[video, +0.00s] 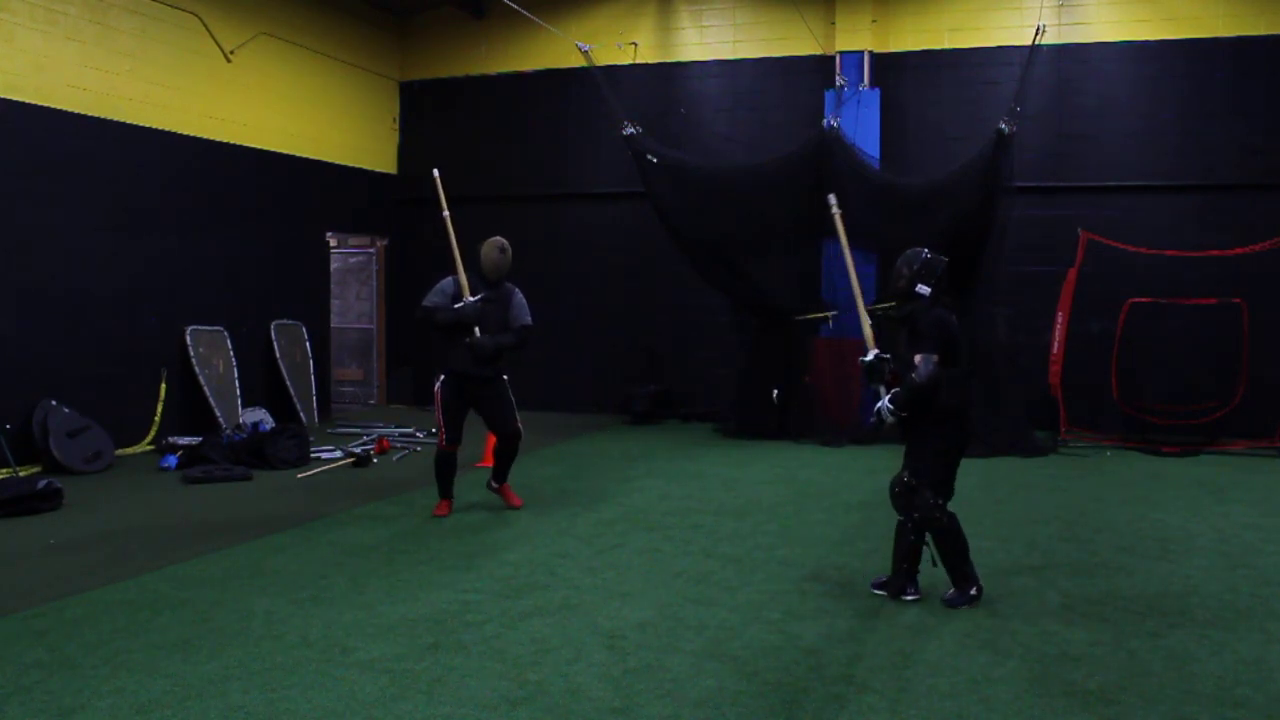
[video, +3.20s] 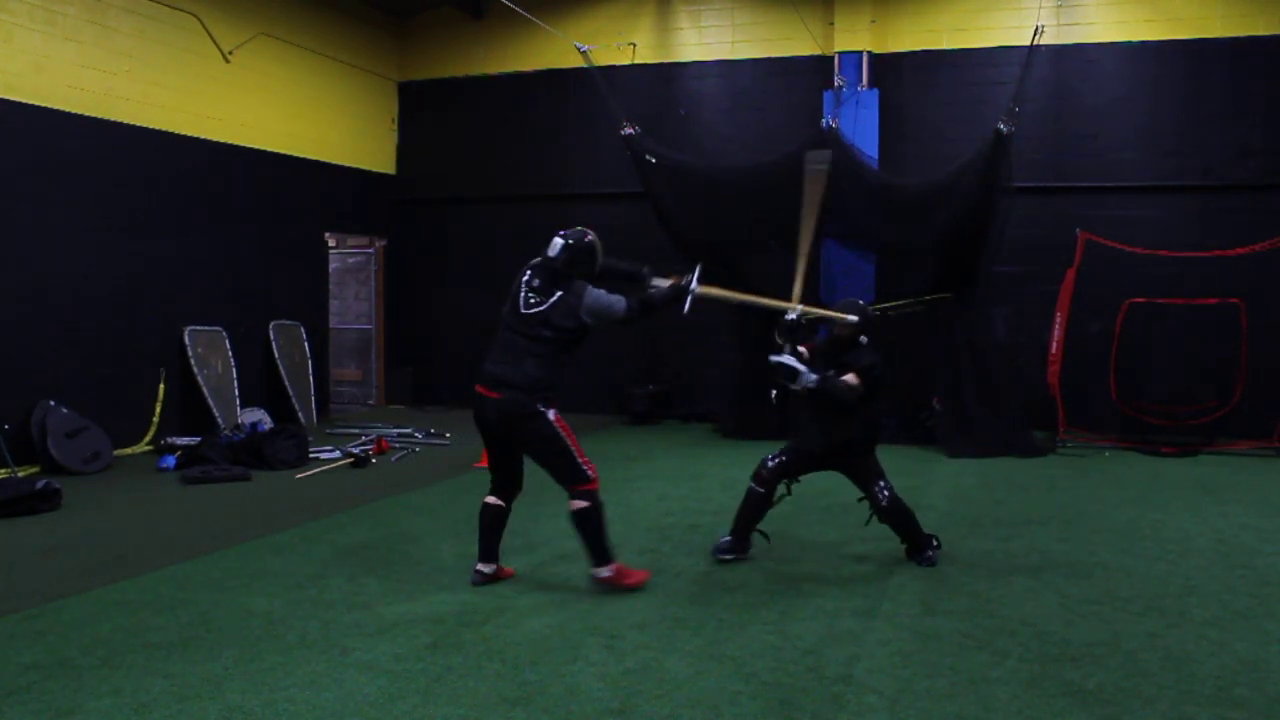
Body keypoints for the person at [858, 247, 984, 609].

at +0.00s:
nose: (896, 280)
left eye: (902, 274)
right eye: (899, 273)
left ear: (916, 279)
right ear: (927, 280)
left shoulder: (927, 317)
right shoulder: (920, 315)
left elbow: (926, 372)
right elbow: (918, 368)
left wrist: (894, 402)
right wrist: (887, 367)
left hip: (943, 422)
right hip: (929, 420)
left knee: (926, 498)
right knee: (911, 494)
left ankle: (967, 582)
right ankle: (904, 578)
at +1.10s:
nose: (914, 303)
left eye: (919, 297)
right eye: (915, 297)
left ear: (934, 299)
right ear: (934, 298)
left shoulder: (962, 330)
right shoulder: (933, 330)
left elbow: (961, 382)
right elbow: (930, 376)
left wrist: (926, 405)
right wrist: (900, 377)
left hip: (979, 420)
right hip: (948, 419)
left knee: (979, 488)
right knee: (904, 465)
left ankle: (1002, 549)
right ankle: (911, 542)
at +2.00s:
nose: (893, 306)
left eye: (899, 300)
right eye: (892, 300)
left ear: (916, 302)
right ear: (893, 302)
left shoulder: (942, 329)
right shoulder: (891, 330)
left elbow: (951, 376)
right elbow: (890, 376)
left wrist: (919, 396)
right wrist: (872, 379)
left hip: (942, 414)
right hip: (904, 413)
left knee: (953, 476)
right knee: (871, 459)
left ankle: (949, 537)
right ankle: (858, 530)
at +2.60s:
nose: (840, 312)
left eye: (846, 306)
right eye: (839, 306)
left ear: (863, 307)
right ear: (840, 308)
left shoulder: (889, 334)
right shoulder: (850, 338)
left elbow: (904, 378)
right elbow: (852, 381)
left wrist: (872, 399)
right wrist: (826, 387)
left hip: (905, 421)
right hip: (871, 422)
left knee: (923, 484)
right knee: (834, 468)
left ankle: (950, 535)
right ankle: (829, 538)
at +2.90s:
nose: (840, 308)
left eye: (846, 302)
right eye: (837, 302)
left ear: (863, 304)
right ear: (832, 303)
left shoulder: (886, 331)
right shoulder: (837, 336)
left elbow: (898, 373)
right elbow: (835, 377)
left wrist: (865, 391)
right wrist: (814, 377)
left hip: (892, 420)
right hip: (855, 420)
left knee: (908, 479)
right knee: (813, 462)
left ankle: (917, 545)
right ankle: (810, 534)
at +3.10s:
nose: (846, 322)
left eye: (853, 317)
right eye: (843, 316)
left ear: (867, 321)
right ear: (837, 316)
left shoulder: (881, 349)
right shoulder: (831, 346)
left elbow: (878, 370)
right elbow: (807, 368)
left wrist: (841, 363)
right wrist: (788, 349)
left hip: (872, 441)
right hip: (832, 438)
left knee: (895, 496)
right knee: (787, 476)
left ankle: (923, 546)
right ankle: (755, 544)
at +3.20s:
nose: (838, 329)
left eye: (846, 325)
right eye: (837, 323)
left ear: (860, 328)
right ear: (832, 323)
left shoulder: (868, 358)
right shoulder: (824, 347)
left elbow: (847, 390)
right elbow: (794, 369)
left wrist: (811, 378)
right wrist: (788, 341)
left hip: (854, 448)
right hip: (813, 444)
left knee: (885, 502)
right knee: (767, 470)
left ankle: (921, 545)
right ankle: (738, 540)